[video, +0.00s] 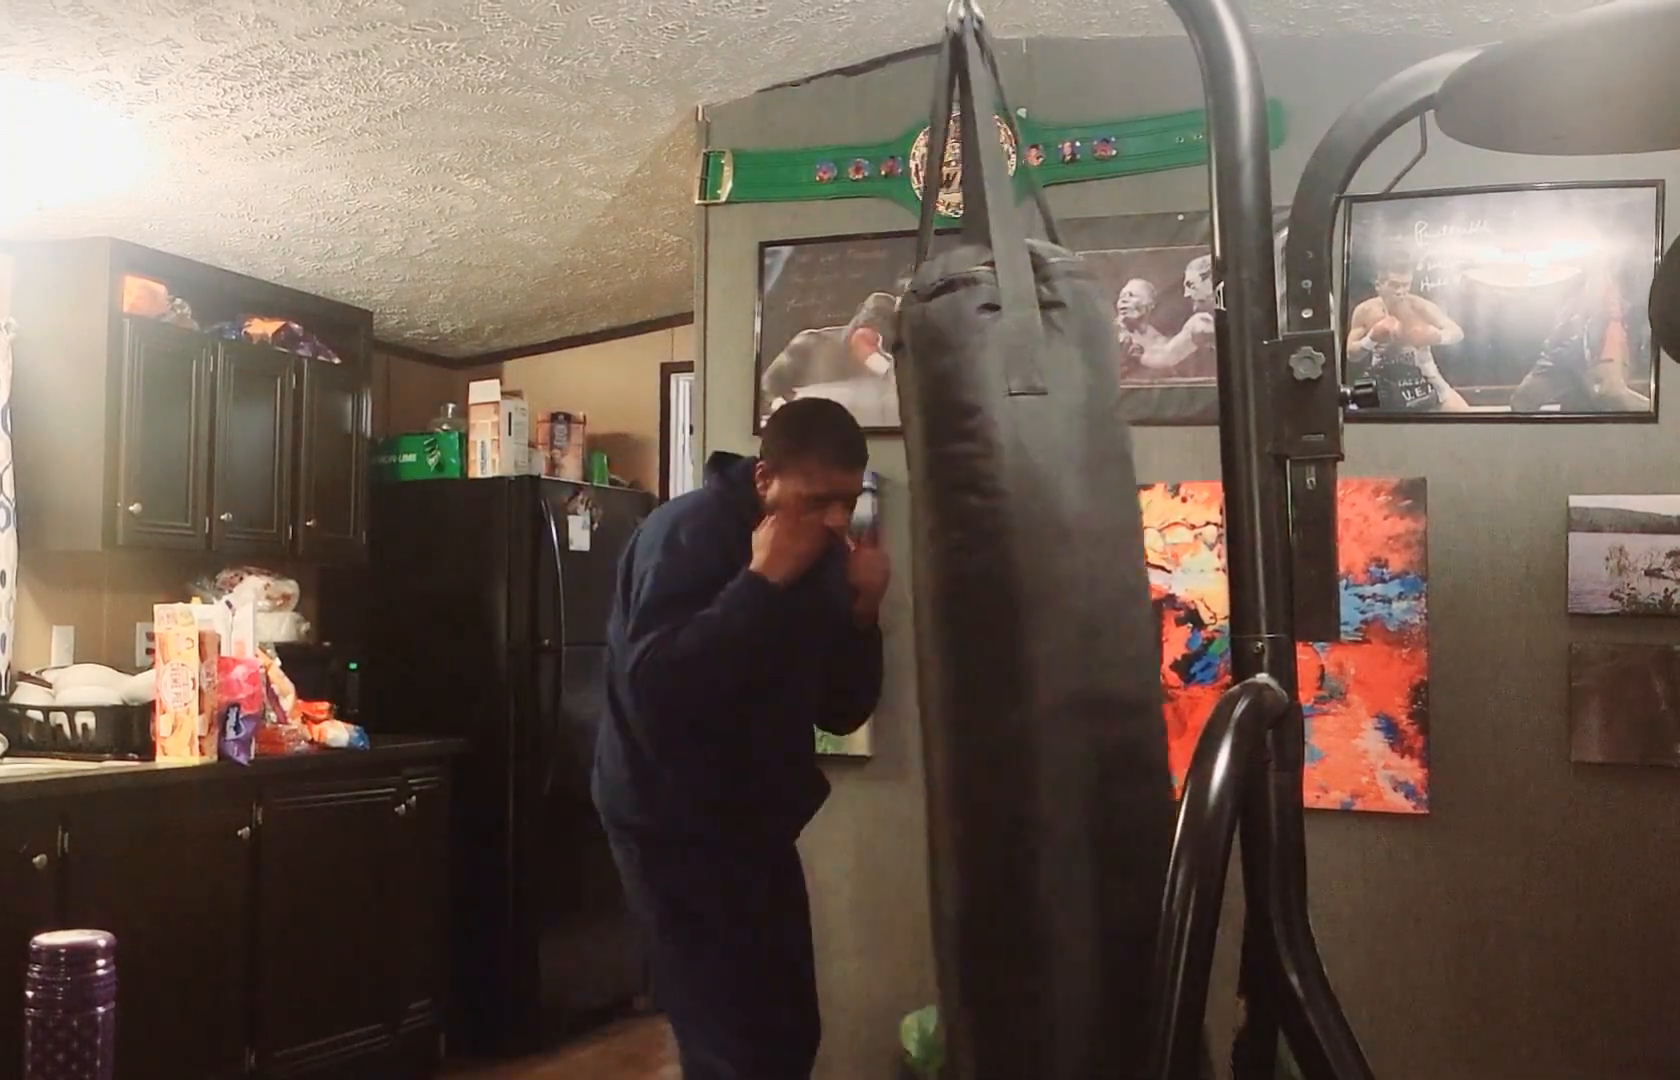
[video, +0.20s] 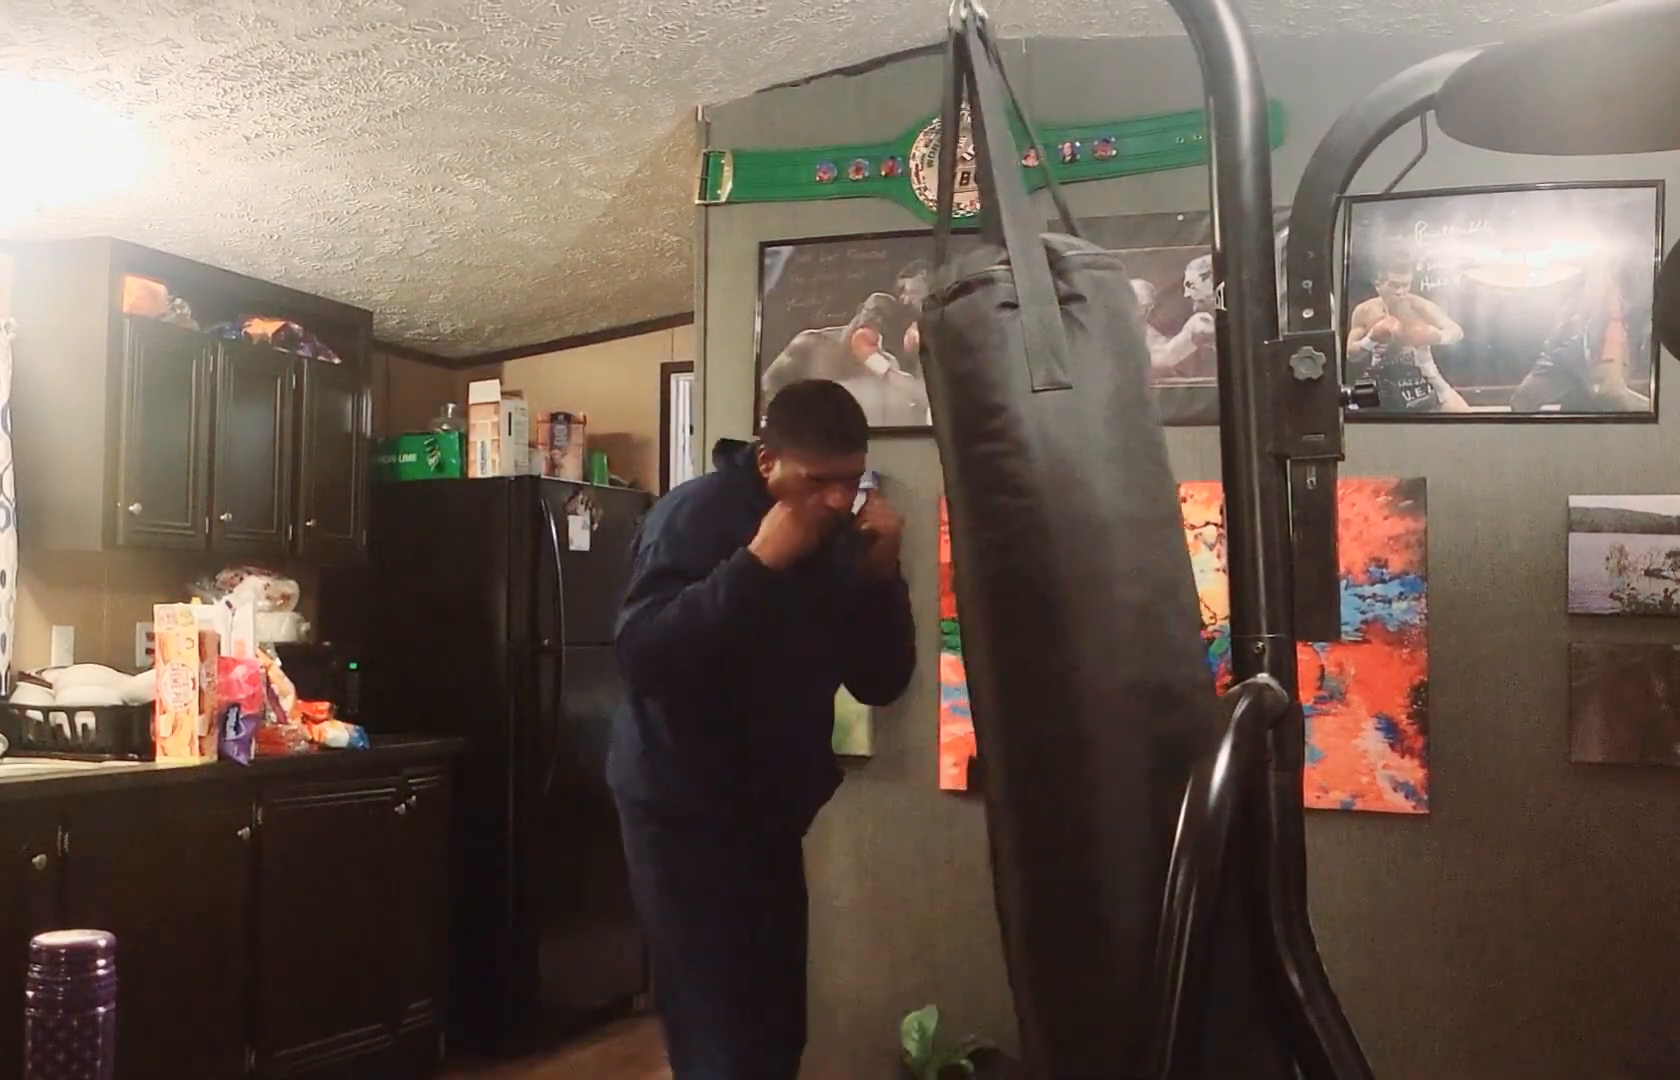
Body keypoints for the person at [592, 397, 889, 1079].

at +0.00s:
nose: (837, 521)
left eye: (848, 503)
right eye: (820, 502)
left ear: (858, 488)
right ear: (766, 480)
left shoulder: (820, 555)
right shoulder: (685, 532)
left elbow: (842, 711)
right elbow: (650, 684)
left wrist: (862, 609)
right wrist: (762, 577)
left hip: (754, 816)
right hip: (669, 819)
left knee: (790, 1035)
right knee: (730, 1045)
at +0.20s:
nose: (838, 499)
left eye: (850, 481)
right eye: (820, 482)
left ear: (862, 468)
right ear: (769, 461)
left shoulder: (842, 538)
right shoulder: (695, 513)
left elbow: (880, 685)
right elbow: (642, 657)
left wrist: (884, 576)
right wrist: (760, 559)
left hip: (772, 805)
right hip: (679, 802)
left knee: (780, 1030)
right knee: (719, 1036)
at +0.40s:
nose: (888, 487)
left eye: (900, 470)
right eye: (870, 468)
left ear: (912, 456)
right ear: (818, 444)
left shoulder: (857, 525)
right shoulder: (763, 482)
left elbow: (873, 675)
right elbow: (693, 539)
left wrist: (908, 586)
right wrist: (859, 553)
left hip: (748, 805)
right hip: (678, 799)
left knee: (754, 1034)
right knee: (704, 1033)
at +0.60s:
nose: (893, 498)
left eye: (904, 481)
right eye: (877, 479)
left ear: (918, 469)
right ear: (825, 450)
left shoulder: (844, 538)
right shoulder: (772, 486)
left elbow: (850, 690)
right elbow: (772, 576)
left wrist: (916, 586)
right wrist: (928, 549)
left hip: (734, 812)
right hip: (665, 806)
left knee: (737, 1037)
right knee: (684, 1038)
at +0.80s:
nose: (872, 513)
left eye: (881, 496)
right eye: (860, 493)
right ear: (814, 471)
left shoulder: (840, 549)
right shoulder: (747, 509)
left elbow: (865, 702)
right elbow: (665, 632)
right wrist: (814, 627)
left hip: (742, 809)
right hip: (663, 802)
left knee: (769, 1030)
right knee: (692, 1033)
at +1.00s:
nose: (873, 490)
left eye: (877, 475)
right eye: (864, 473)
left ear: (825, 467)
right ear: (823, 464)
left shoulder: (829, 533)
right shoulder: (746, 499)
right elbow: (641, 581)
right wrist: (782, 594)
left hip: (739, 798)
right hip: (667, 793)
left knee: (759, 1027)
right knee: (710, 1034)